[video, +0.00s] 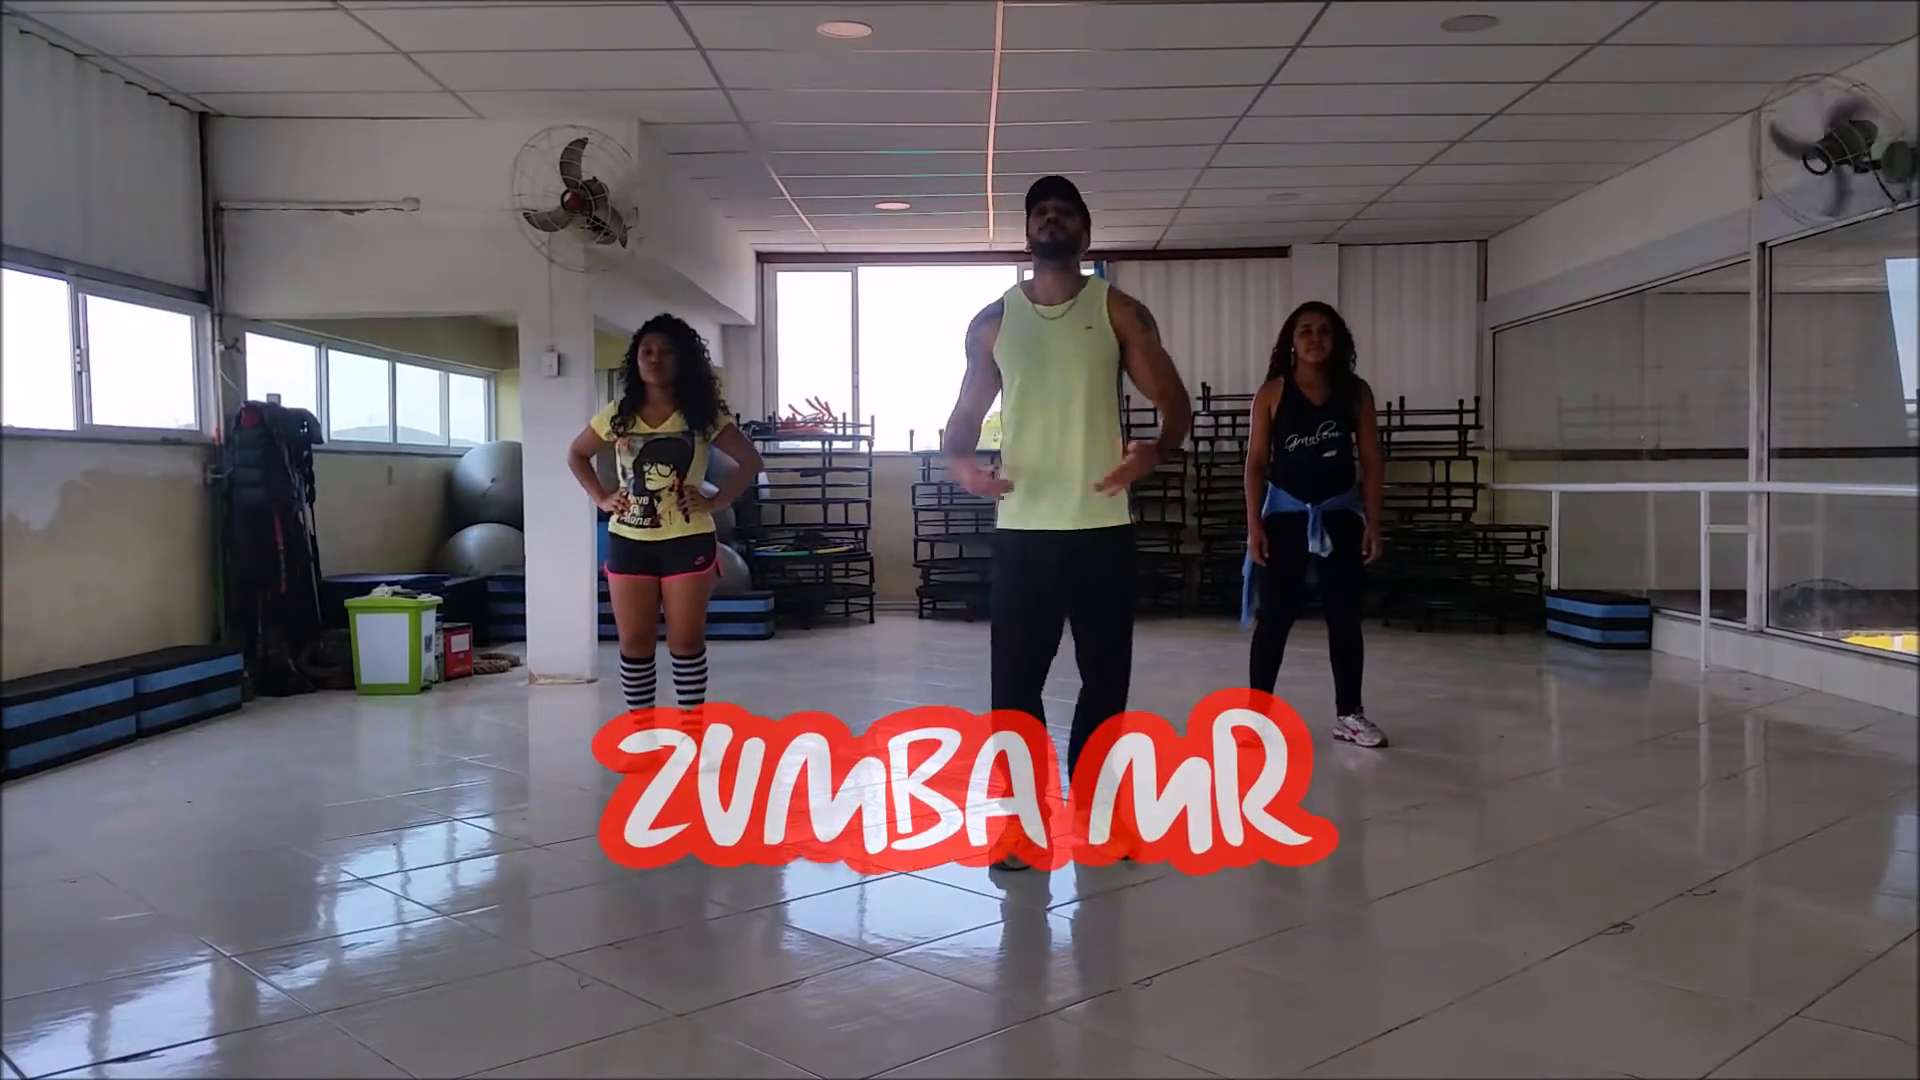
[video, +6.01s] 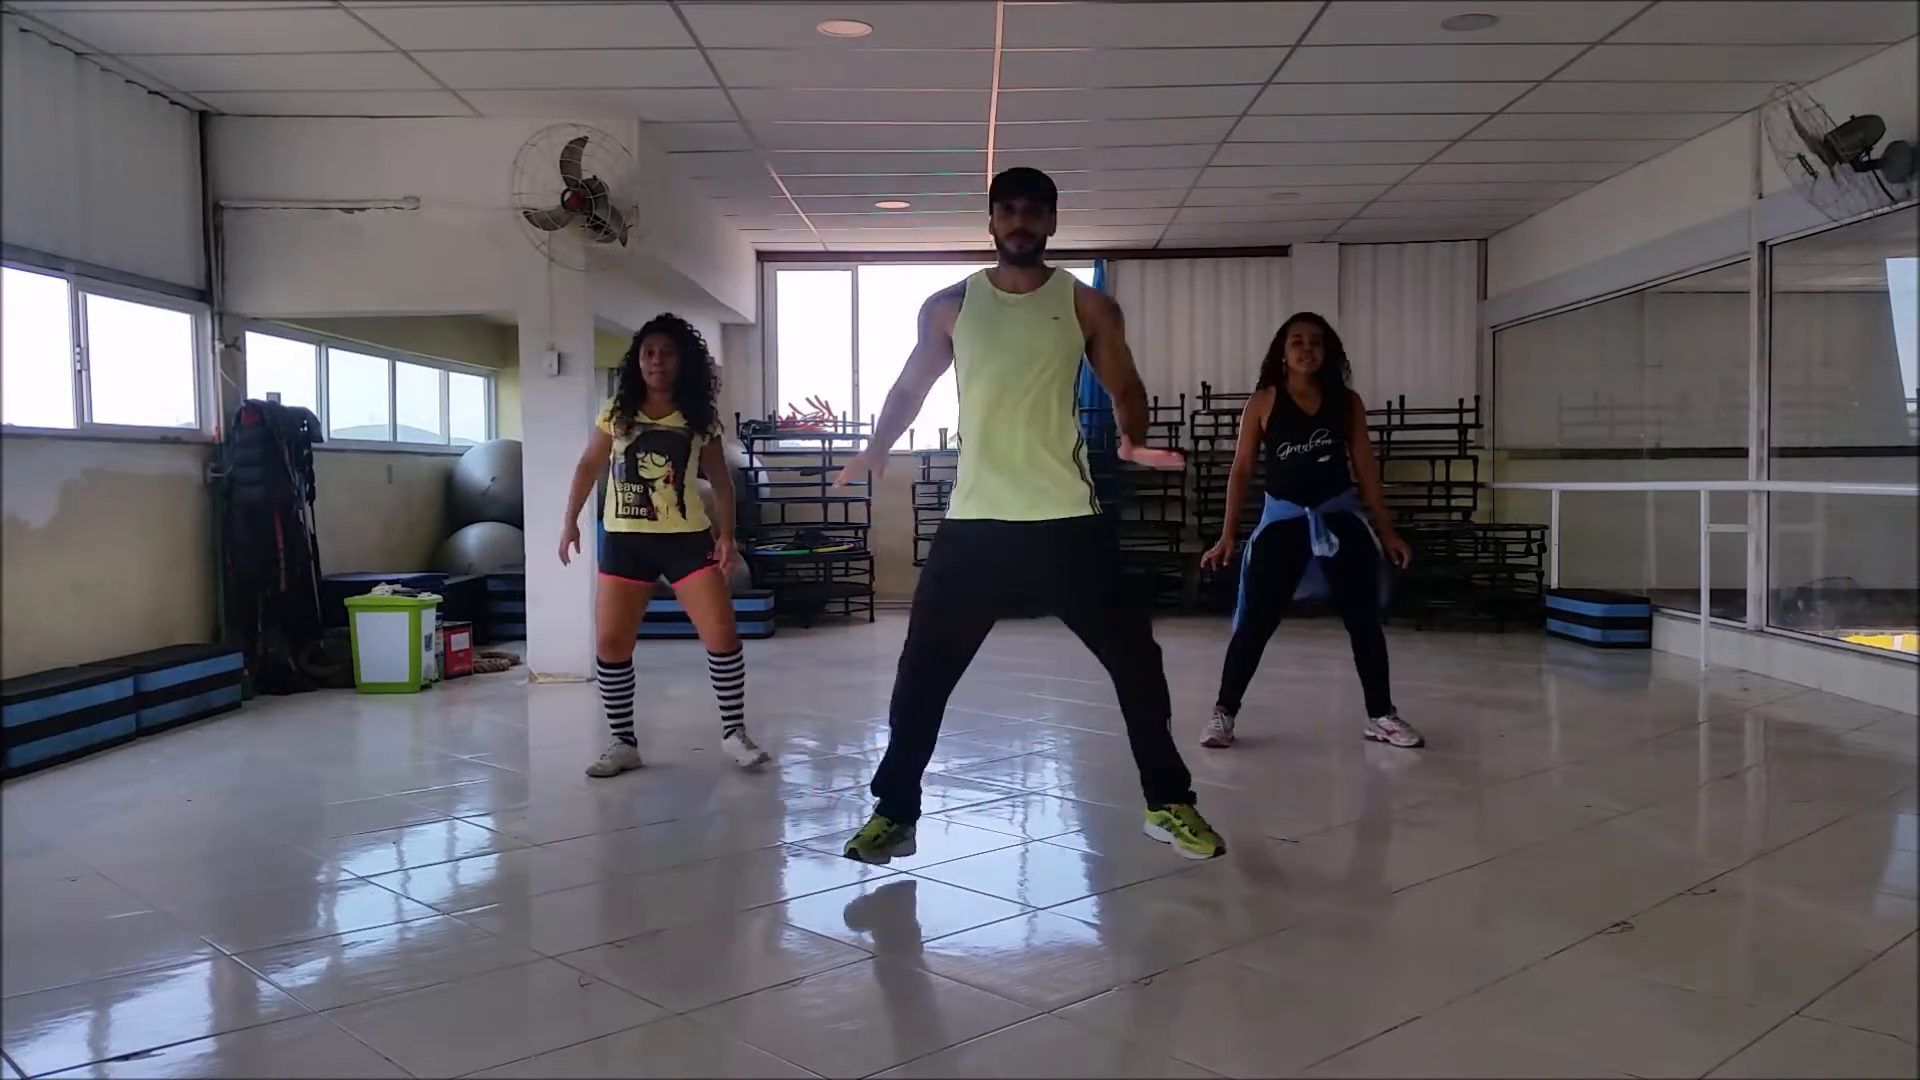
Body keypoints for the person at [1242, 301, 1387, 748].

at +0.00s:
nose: (1315, 339)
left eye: (1324, 332)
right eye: (1305, 332)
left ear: (1336, 341)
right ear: (1291, 341)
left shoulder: (1355, 392)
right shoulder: (1271, 393)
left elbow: (1372, 460)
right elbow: (1255, 463)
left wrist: (1373, 520)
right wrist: (1253, 523)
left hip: (1341, 516)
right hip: (1284, 517)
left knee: (1346, 617)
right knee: (1274, 616)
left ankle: (1349, 716)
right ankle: (1257, 715)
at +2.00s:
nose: (1292, 345)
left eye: (1301, 338)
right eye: (1285, 336)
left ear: (1313, 343)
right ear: (1271, 341)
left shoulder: (1327, 382)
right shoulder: (1254, 385)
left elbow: (1370, 379)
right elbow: (1232, 387)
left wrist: (1337, 327)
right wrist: (1268, 348)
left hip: (1323, 515)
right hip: (1269, 516)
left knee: (1325, 614)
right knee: (1260, 615)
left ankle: (1328, 711)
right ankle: (1239, 710)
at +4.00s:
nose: (1304, 339)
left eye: (1313, 332)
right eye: (1295, 333)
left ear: (1326, 341)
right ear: (1280, 342)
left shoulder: (1337, 388)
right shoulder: (1264, 386)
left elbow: (1373, 357)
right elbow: (1233, 363)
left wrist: (1349, 306)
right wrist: (1263, 314)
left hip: (1326, 516)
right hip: (1270, 515)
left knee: (1327, 614)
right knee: (1254, 605)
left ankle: (1332, 712)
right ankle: (1243, 698)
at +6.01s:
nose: (1306, 350)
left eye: (1315, 343)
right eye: (1297, 342)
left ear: (1327, 352)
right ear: (1282, 351)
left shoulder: (1347, 403)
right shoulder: (1263, 403)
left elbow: (1366, 469)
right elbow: (1241, 470)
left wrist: (1388, 531)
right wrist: (1228, 534)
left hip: (1342, 523)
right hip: (1283, 524)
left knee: (1364, 620)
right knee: (1257, 621)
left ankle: (1381, 717)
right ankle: (1224, 715)